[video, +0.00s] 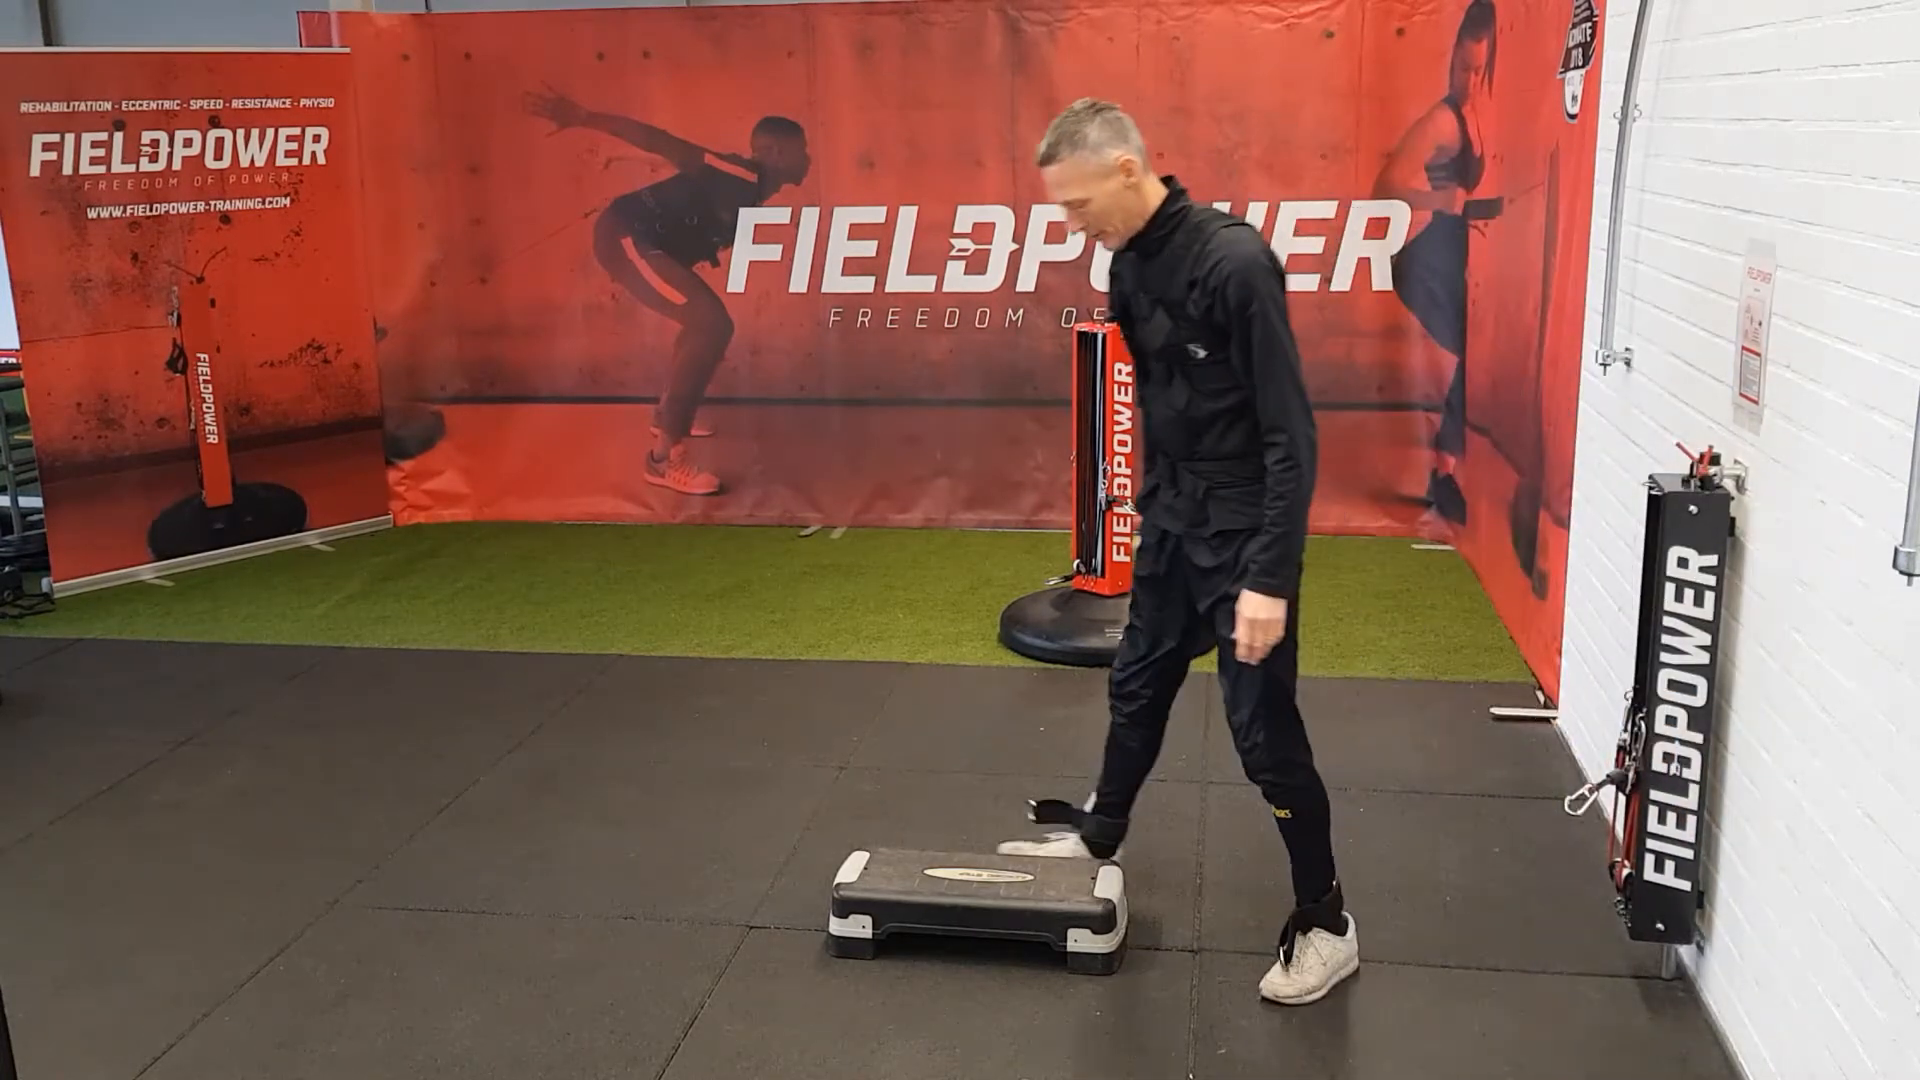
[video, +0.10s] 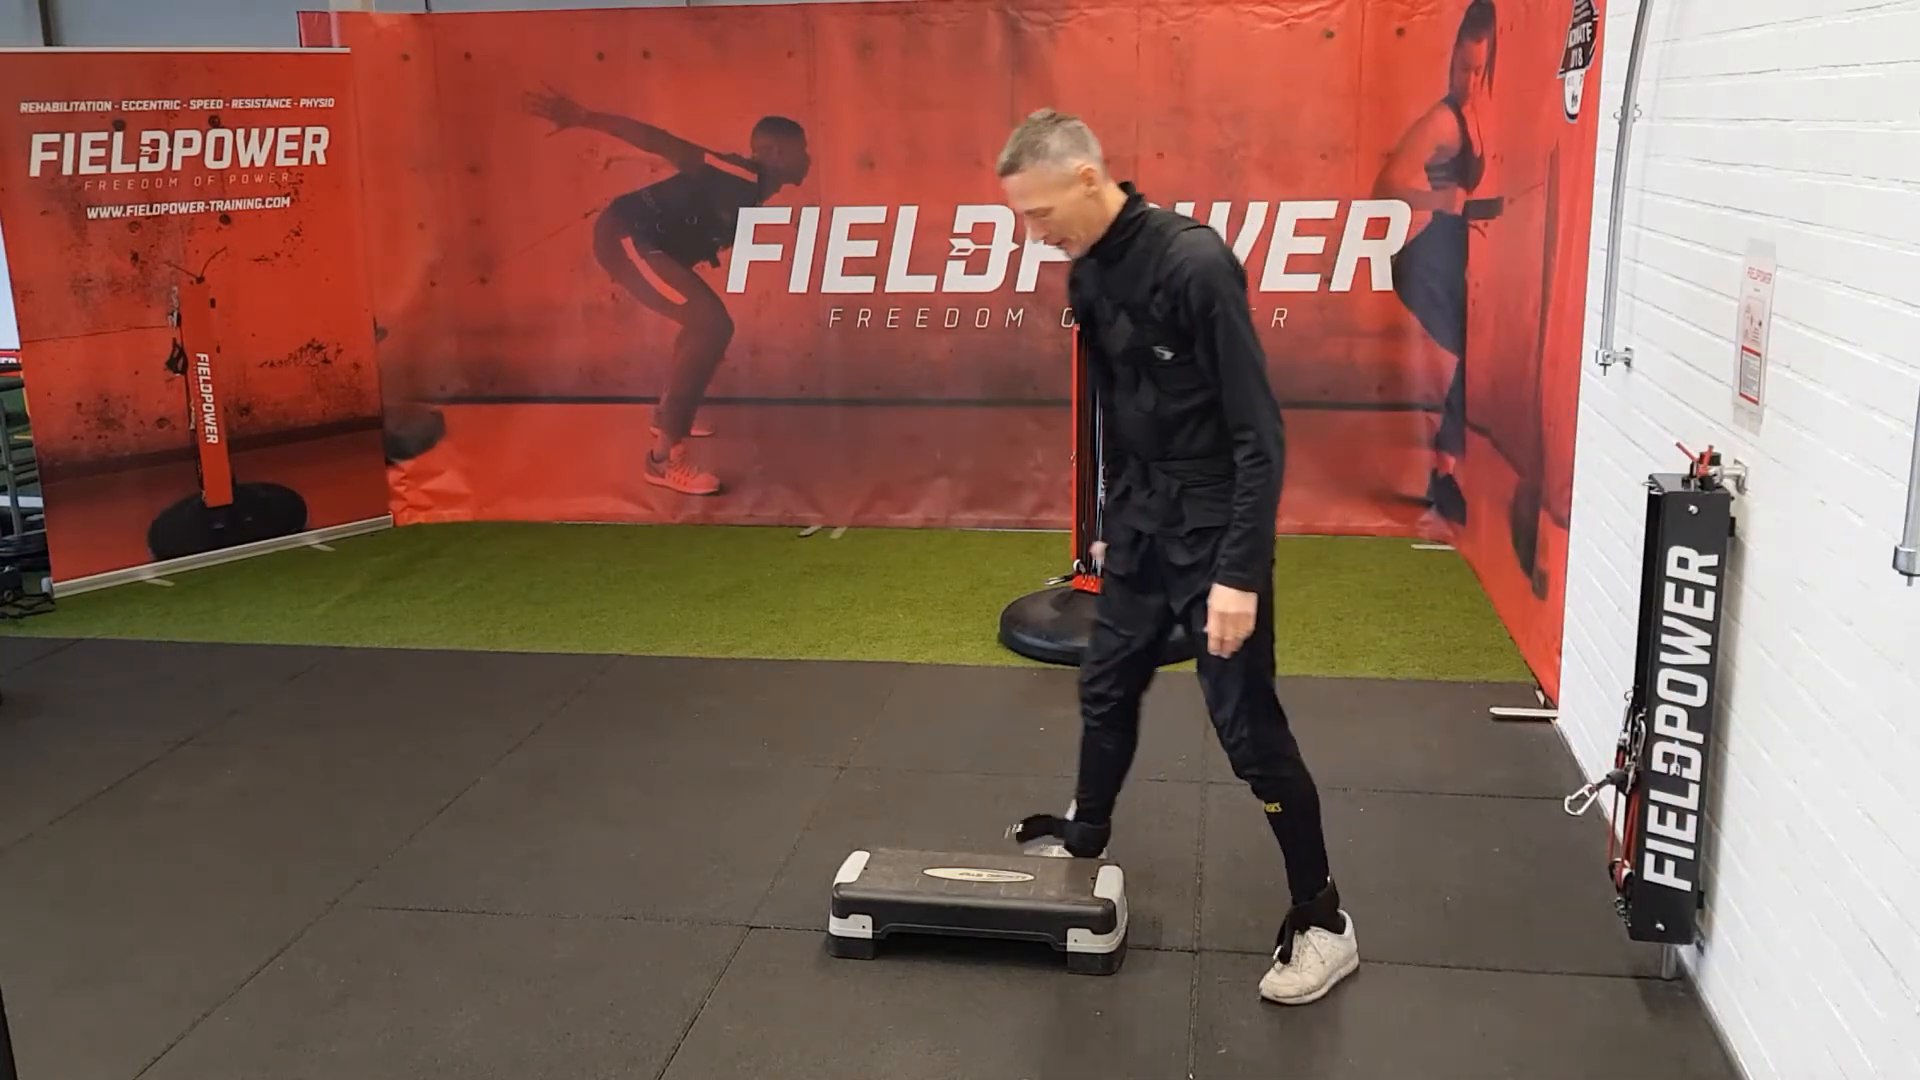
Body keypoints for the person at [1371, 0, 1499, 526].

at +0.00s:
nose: (1469, 75)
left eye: (1477, 65)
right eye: (1463, 63)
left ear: (1488, 65)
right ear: (1449, 61)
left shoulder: (1472, 119)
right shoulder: (1443, 120)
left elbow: (1445, 192)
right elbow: (1391, 180)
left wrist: (1486, 204)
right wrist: (1445, 198)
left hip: (1447, 254)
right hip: (1426, 256)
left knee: (1450, 365)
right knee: (1438, 367)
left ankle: (1446, 472)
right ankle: (1432, 483)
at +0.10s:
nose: (1469, 75)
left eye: (1477, 65)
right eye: (1463, 63)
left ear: (1488, 65)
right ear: (1449, 61)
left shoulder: (1471, 119)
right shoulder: (1443, 119)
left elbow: (1444, 193)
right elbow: (1391, 180)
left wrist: (1486, 204)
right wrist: (1444, 198)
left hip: (1447, 254)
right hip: (1426, 256)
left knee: (1449, 365)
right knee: (1437, 367)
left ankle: (1446, 473)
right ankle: (1432, 483)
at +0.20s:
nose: (1469, 75)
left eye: (1477, 65)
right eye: (1463, 63)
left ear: (1488, 66)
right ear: (1450, 61)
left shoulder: (1471, 120)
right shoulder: (1443, 119)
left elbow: (1444, 193)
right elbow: (1391, 180)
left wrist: (1486, 204)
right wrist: (1444, 198)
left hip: (1447, 254)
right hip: (1426, 256)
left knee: (1449, 365)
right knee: (1439, 366)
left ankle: (1445, 472)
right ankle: (1435, 478)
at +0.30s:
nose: (1469, 75)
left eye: (1477, 66)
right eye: (1462, 63)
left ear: (1488, 67)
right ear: (1449, 62)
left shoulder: (1471, 120)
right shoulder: (1443, 119)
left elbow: (1443, 193)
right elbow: (1392, 179)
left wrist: (1485, 205)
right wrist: (1443, 198)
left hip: (1447, 254)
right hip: (1426, 256)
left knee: (1449, 364)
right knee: (1439, 366)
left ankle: (1445, 473)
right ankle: (1435, 478)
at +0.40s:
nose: (1469, 76)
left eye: (1477, 66)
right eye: (1462, 63)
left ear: (1488, 67)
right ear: (1449, 62)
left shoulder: (1471, 120)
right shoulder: (1443, 119)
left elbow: (1444, 193)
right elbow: (1392, 179)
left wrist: (1485, 205)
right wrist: (1444, 198)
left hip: (1446, 253)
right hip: (1426, 255)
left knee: (1450, 364)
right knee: (1439, 365)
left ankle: (1445, 472)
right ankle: (1435, 477)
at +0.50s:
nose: (1471, 75)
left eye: (1479, 66)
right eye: (1465, 63)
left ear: (1488, 68)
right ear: (1451, 62)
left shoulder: (1468, 121)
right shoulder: (1443, 120)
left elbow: (1440, 192)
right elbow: (1392, 180)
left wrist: (1477, 207)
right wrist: (1445, 199)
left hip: (1446, 253)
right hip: (1426, 255)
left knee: (1449, 363)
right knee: (1439, 364)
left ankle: (1444, 472)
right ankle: (1433, 476)